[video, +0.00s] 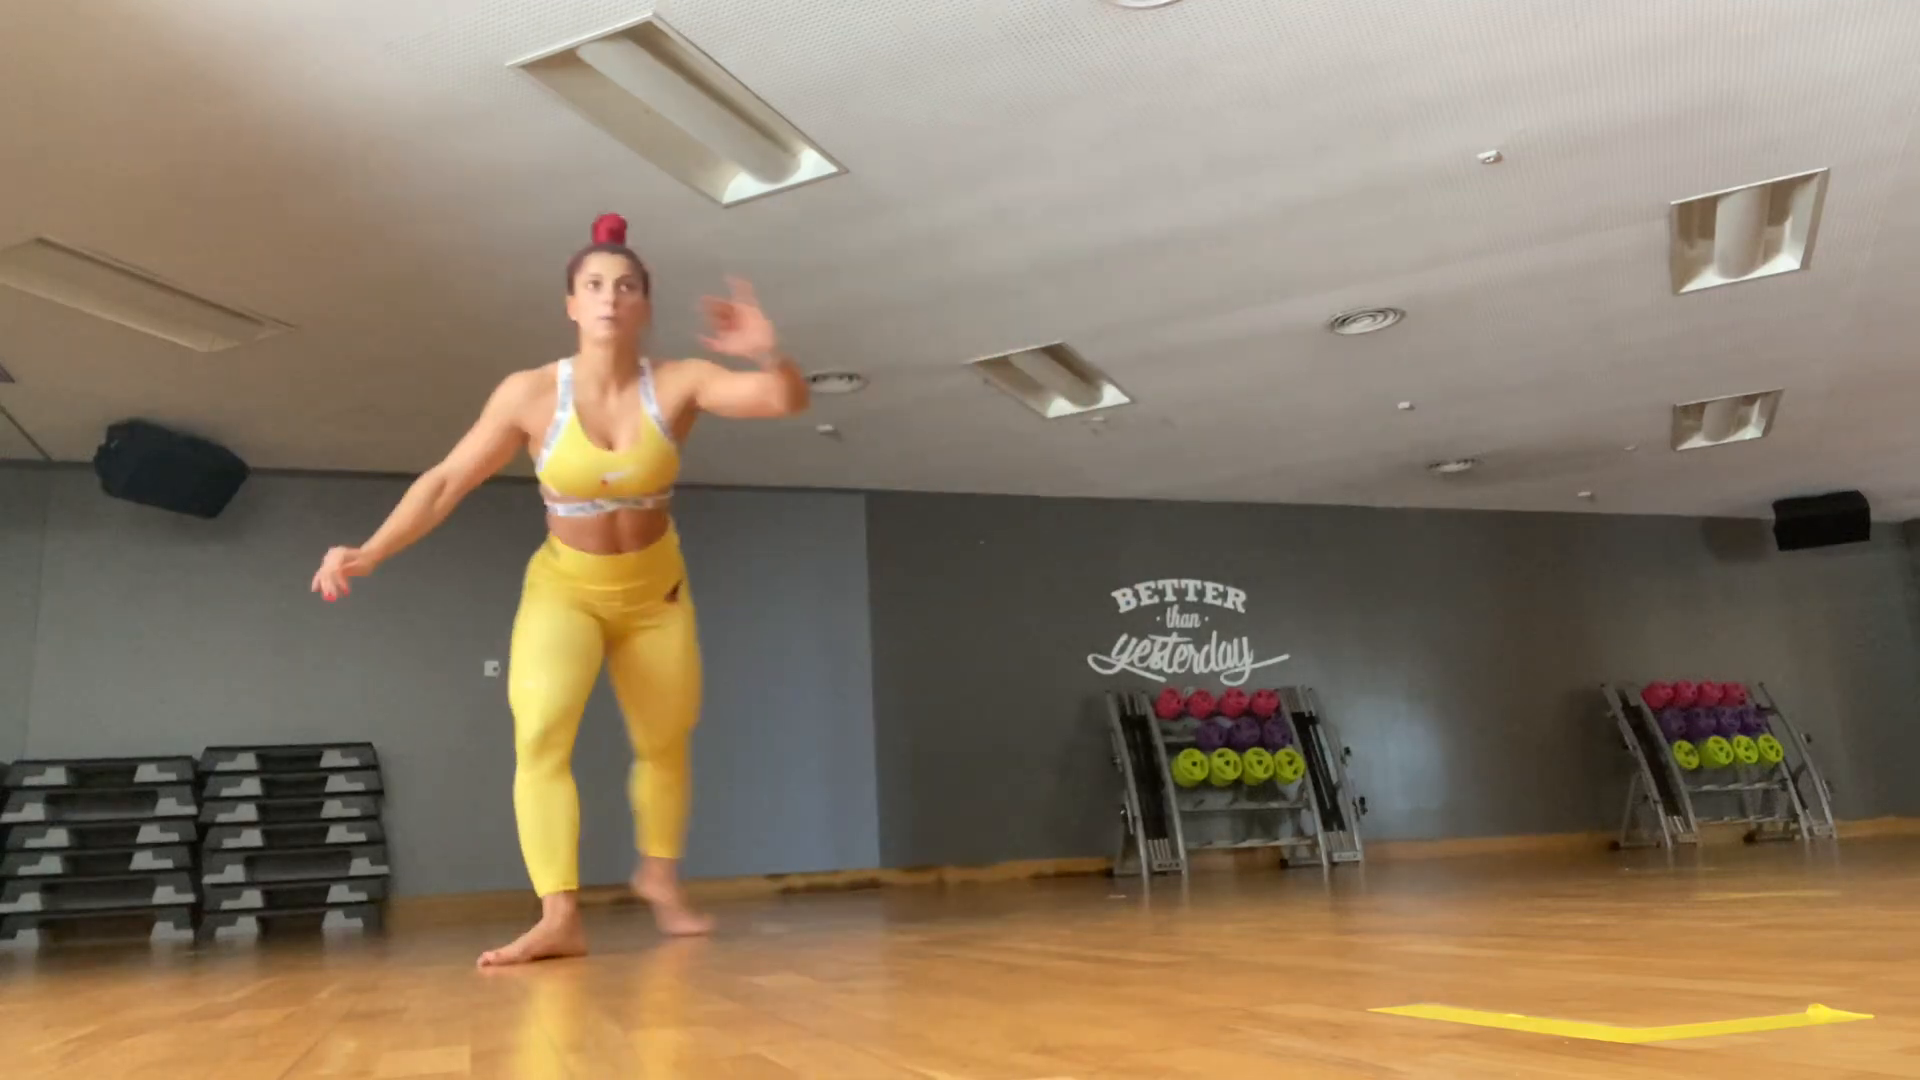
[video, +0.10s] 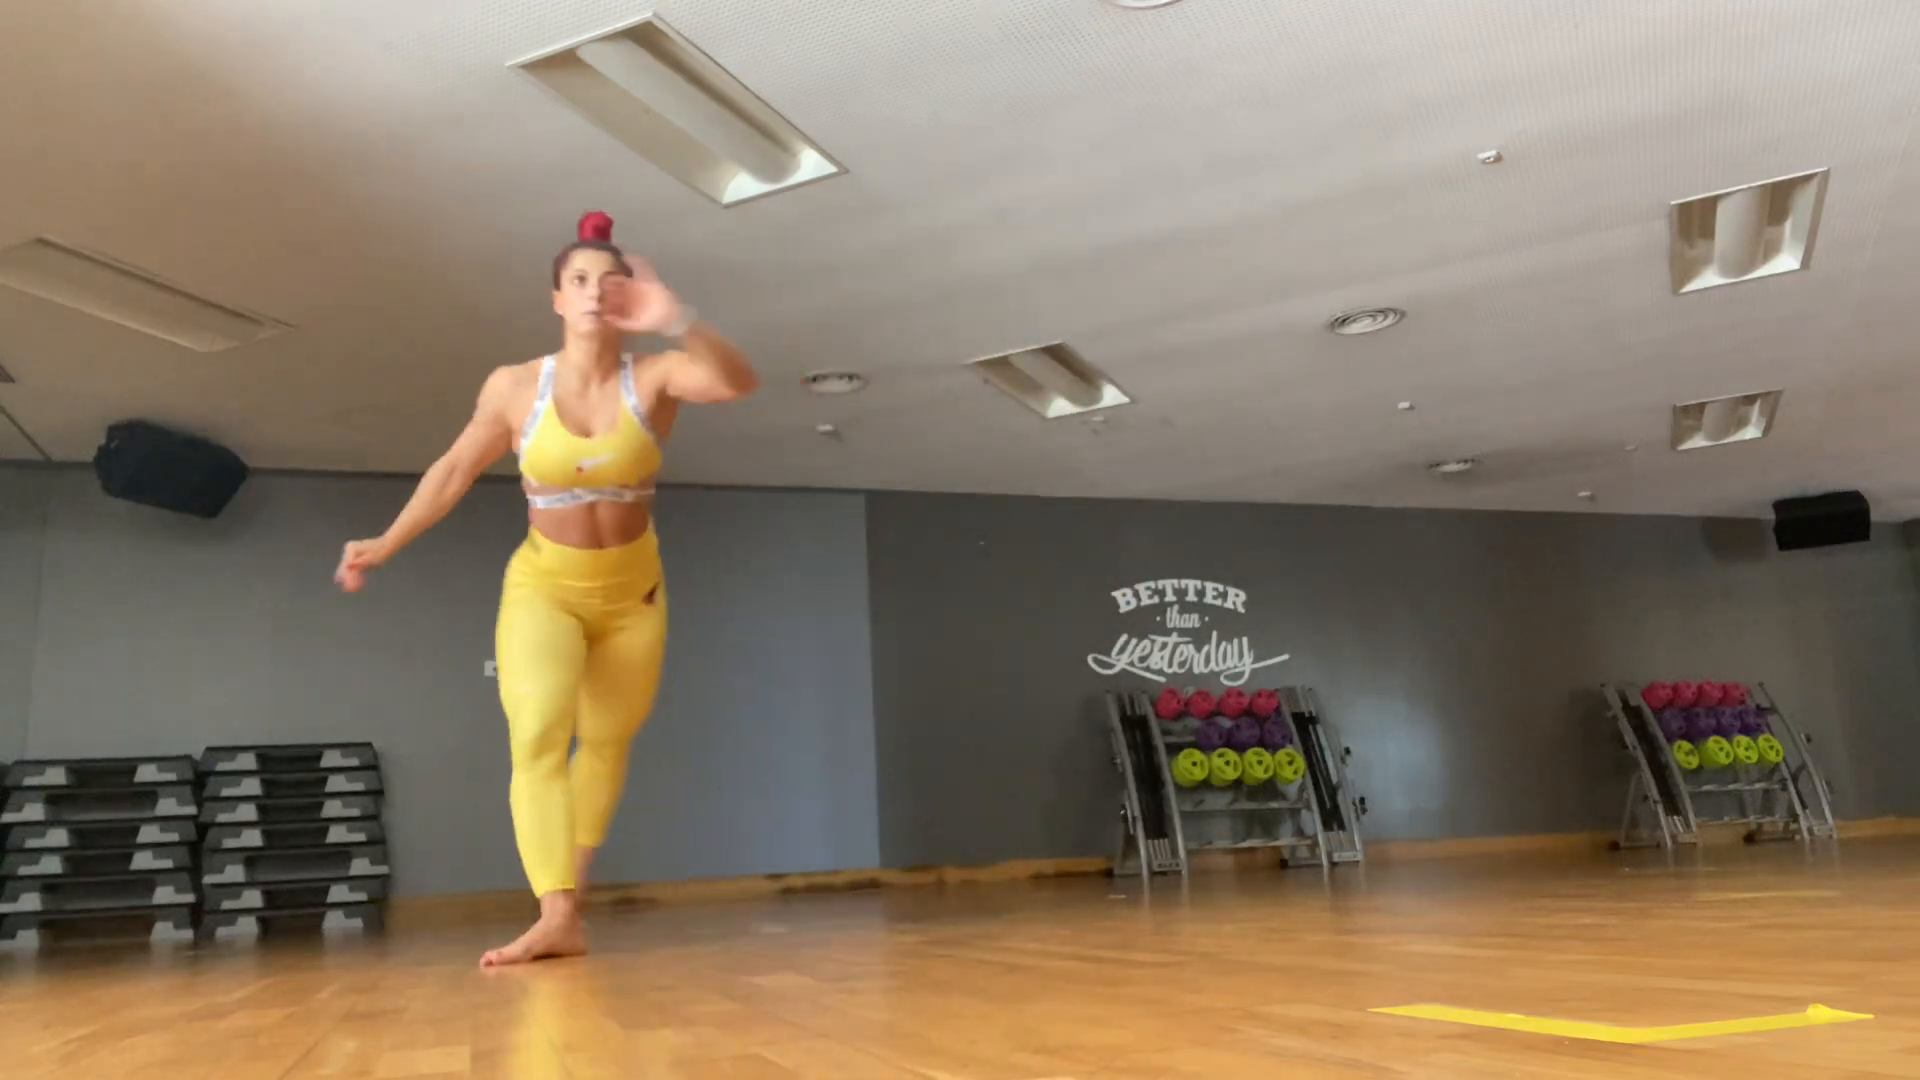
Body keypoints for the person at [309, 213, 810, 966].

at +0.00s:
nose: (612, 293)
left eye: (627, 283)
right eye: (595, 284)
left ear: (647, 309)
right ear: (571, 307)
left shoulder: (680, 382)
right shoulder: (529, 394)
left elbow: (786, 398)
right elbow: (444, 485)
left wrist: (772, 356)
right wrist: (369, 554)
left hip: (655, 589)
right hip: (564, 587)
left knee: (664, 742)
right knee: (539, 736)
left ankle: (660, 877)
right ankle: (559, 915)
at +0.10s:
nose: (597, 290)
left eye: (611, 278)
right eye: (580, 280)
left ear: (629, 297)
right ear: (556, 299)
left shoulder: (653, 374)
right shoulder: (514, 388)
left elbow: (738, 381)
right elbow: (452, 473)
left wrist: (678, 322)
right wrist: (384, 546)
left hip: (631, 590)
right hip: (543, 585)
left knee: (606, 742)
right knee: (536, 736)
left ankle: (571, 887)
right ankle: (556, 913)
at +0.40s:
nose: (532, 358)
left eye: (549, 348)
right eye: (522, 347)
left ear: (578, 357)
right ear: (507, 358)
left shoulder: (605, 438)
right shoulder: (482, 437)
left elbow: (615, 425)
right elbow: (448, 521)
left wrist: (529, 352)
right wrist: (378, 578)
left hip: (575, 640)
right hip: (488, 624)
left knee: (529, 785)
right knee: (482, 730)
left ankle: (481, 907)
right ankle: (459, 914)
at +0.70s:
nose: (497, 348)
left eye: (516, 335)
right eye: (485, 334)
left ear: (545, 354)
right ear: (467, 348)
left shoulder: (579, 418)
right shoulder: (452, 424)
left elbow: (575, 500)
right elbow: (381, 511)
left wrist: (498, 435)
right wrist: (422, 428)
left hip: (606, 602)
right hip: (515, 606)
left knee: (663, 757)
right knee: (471, 746)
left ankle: (635, 882)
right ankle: (453, 925)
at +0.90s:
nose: (604, 358)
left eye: (622, 347)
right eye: (590, 341)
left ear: (640, 367)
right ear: (558, 358)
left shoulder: (656, 434)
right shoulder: (512, 431)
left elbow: (643, 519)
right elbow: (473, 547)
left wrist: (590, 444)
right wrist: (489, 528)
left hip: (636, 606)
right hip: (539, 605)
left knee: (732, 723)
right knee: (485, 743)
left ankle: (777, 889)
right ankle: (455, 924)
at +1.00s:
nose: (699, 330)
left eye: (727, 330)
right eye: (707, 324)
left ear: (758, 364)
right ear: (689, 344)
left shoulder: (752, 436)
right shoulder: (621, 422)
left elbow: (773, 473)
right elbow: (542, 500)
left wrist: (725, 380)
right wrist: (515, 547)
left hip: (668, 620)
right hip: (580, 599)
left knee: (768, 721)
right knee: (513, 746)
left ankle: (783, 898)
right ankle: (462, 925)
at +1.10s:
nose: (822, 377)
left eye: (835, 368)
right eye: (812, 358)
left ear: (842, 389)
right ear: (779, 361)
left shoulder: (816, 465)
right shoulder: (705, 424)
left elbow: (875, 477)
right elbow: (596, 454)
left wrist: (853, 380)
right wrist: (556, 474)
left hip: (687, 626)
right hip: (615, 594)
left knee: (791, 723)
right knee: (578, 734)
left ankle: (785, 901)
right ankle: (481, 901)